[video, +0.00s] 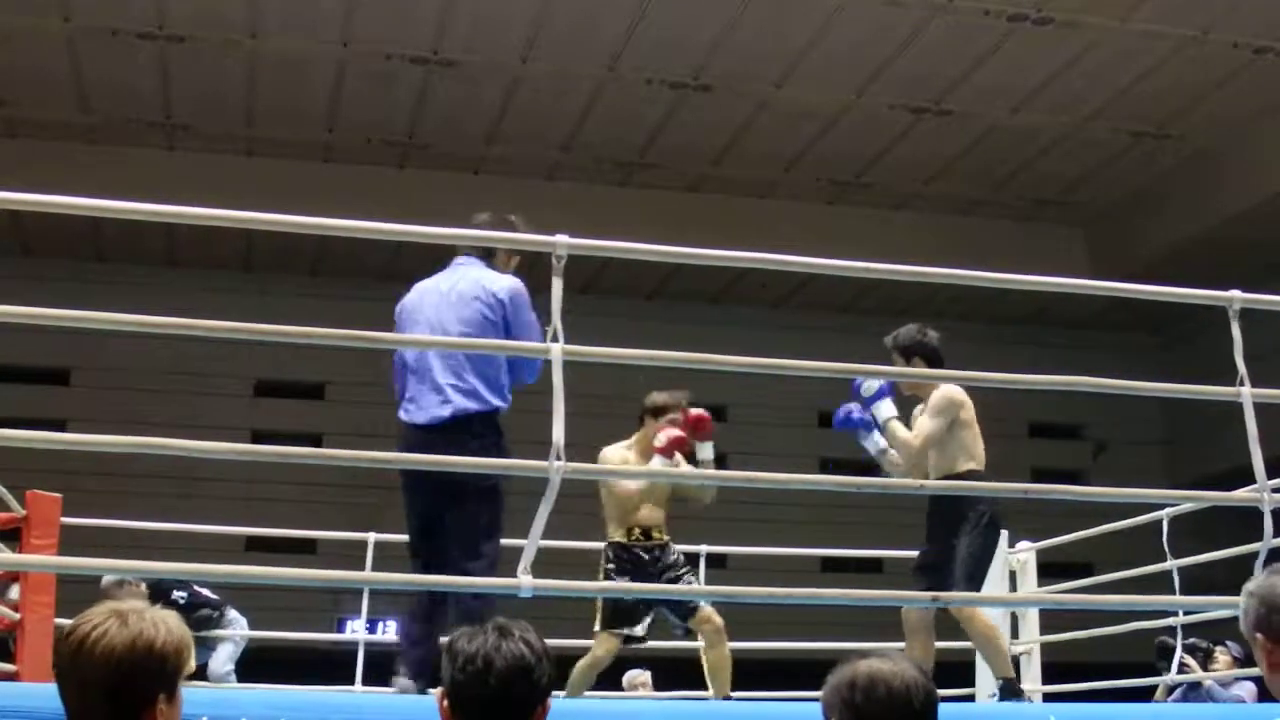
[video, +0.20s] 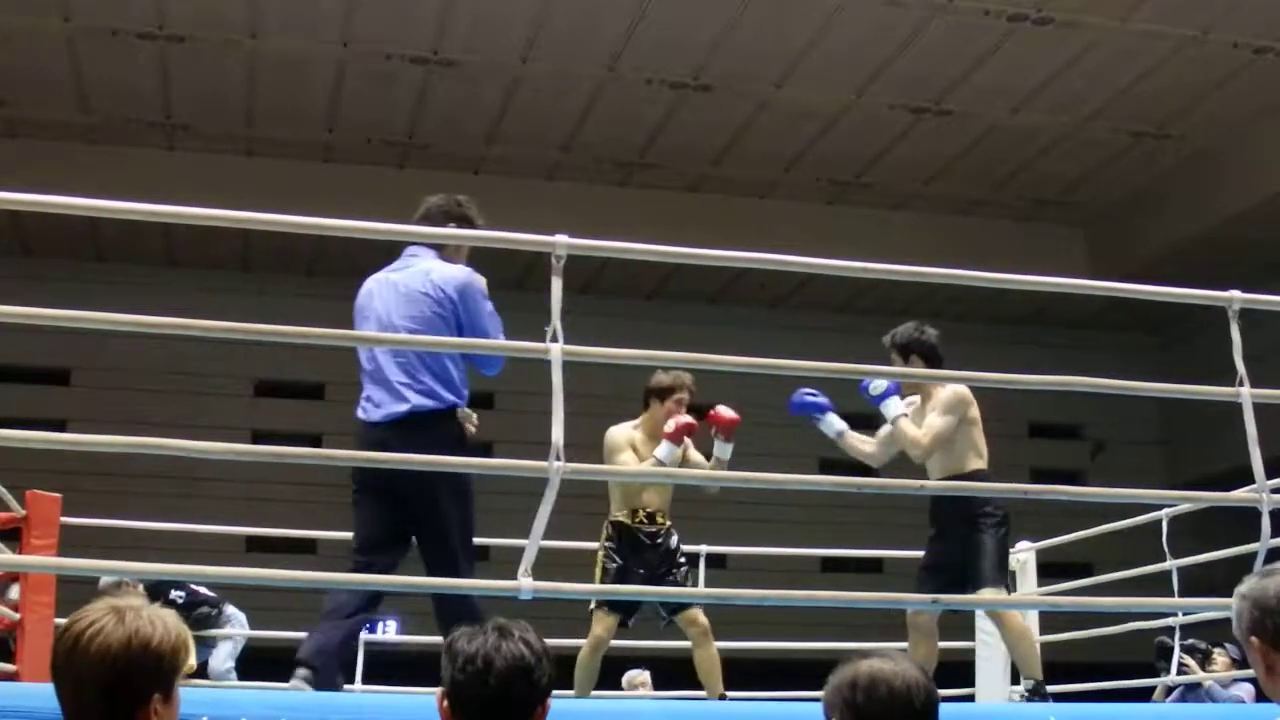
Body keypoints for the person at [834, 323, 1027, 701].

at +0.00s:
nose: (892, 373)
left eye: (896, 364)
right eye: (892, 366)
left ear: (916, 362)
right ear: (917, 363)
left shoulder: (949, 396)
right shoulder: (920, 412)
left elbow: (914, 451)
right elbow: (910, 469)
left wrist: (883, 408)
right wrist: (871, 440)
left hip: (974, 507)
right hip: (943, 510)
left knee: (960, 600)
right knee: (916, 608)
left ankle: (1013, 694)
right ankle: (920, 700)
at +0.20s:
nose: (889, 370)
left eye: (893, 362)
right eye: (888, 363)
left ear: (914, 361)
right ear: (916, 362)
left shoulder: (954, 394)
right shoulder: (910, 408)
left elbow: (921, 447)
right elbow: (875, 454)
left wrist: (889, 405)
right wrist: (829, 421)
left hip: (980, 510)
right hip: (946, 516)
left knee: (991, 598)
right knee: (920, 613)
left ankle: (1036, 692)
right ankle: (917, 700)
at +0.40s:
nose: (902, 382)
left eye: (905, 373)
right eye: (901, 375)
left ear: (927, 368)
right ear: (930, 369)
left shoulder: (965, 404)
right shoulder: (935, 412)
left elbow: (928, 460)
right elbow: (929, 474)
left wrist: (892, 415)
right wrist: (893, 441)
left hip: (979, 527)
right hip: (944, 527)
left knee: (989, 614)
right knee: (890, 605)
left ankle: (1039, 700)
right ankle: (902, 700)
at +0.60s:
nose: (894, 377)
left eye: (898, 369)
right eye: (893, 371)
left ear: (919, 366)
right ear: (921, 367)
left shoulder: (953, 404)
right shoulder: (925, 411)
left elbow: (908, 454)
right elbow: (911, 469)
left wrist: (883, 409)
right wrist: (874, 438)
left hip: (969, 523)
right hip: (937, 524)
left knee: (986, 617)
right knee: (895, 615)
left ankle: (1038, 699)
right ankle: (897, 705)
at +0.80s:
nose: (881, 371)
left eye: (884, 362)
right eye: (879, 364)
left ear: (904, 361)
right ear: (907, 361)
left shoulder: (946, 395)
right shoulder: (904, 405)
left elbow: (909, 450)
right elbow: (870, 448)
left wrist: (879, 405)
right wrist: (827, 421)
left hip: (971, 512)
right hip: (935, 516)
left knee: (991, 602)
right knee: (902, 612)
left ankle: (1034, 687)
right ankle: (897, 699)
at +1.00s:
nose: (895, 371)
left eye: (900, 362)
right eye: (894, 363)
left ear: (920, 363)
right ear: (919, 365)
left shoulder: (958, 400)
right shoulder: (914, 406)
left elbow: (918, 452)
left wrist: (897, 412)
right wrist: (816, 410)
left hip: (980, 521)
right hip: (941, 525)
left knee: (992, 605)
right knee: (897, 615)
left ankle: (1045, 684)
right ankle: (896, 702)